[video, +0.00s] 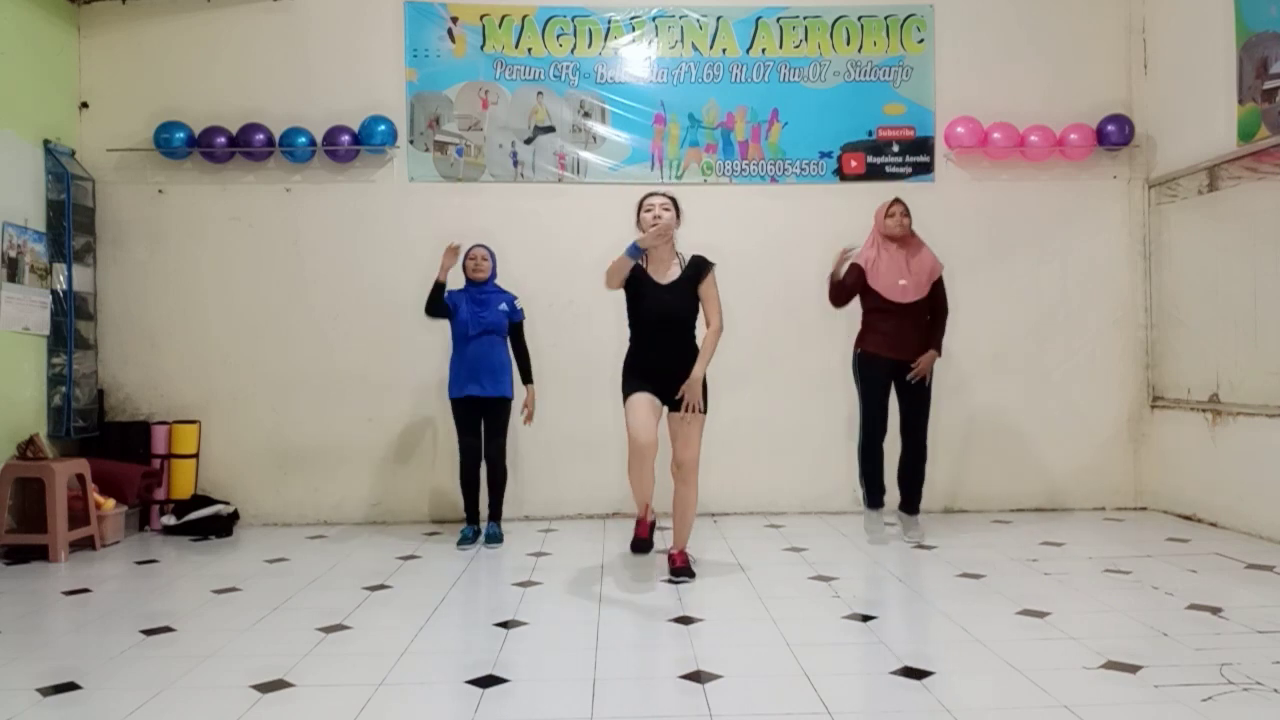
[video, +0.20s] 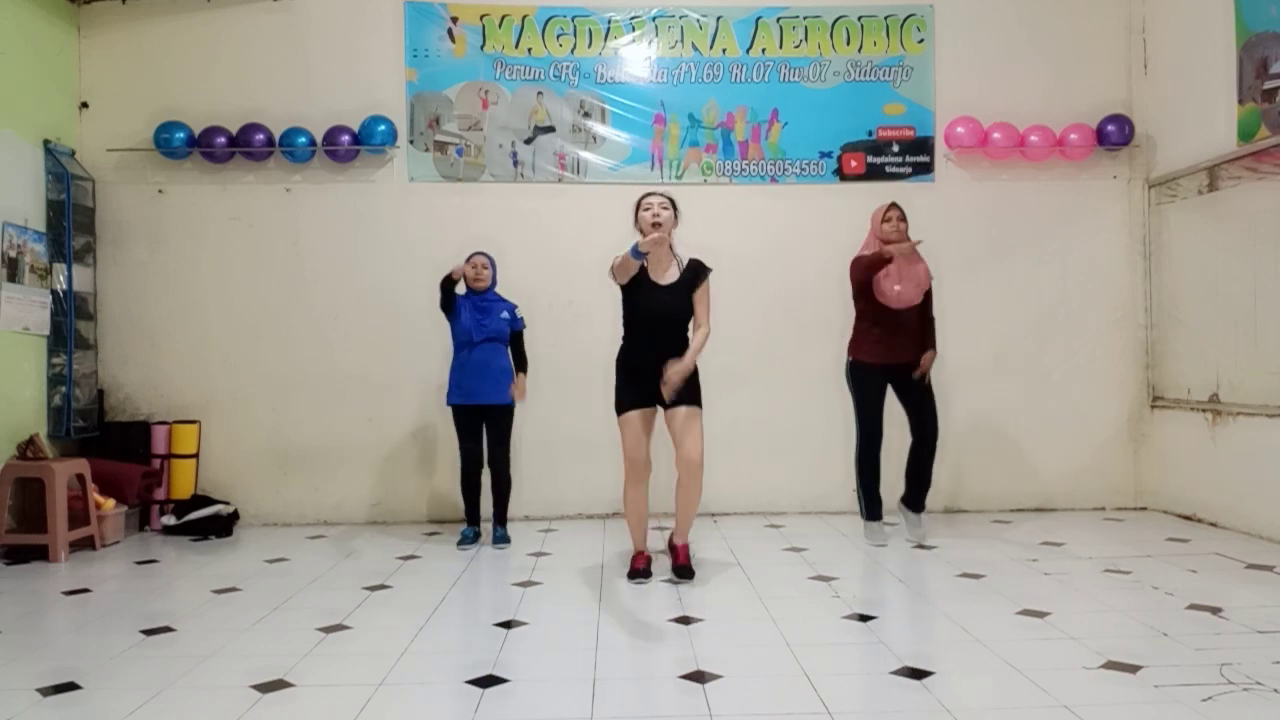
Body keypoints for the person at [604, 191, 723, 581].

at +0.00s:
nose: (657, 215)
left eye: (665, 209)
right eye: (649, 211)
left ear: (677, 221)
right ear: (639, 223)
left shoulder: (697, 267)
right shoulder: (632, 264)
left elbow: (714, 326)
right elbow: (612, 280)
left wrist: (697, 376)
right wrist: (635, 247)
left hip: (685, 370)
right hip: (641, 368)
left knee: (685, 464)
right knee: (641, 441)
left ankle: (679, 550)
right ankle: (644, 516)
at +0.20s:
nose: (656, 214)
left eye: (663, 208)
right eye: (648, 209)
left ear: (675, 221)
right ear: (636, 222)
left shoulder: (693, 270)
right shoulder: (627, 264)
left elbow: (702, 327)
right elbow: (621, 273)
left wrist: (686, 363)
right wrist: (639, 251)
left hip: (678, 366)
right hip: (633, 368)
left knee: (692, 460)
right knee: (637, 464)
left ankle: (681, 541)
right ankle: (639, 551)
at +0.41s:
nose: (655, 218)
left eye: (663, 212)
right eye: (647, 212)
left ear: (675, 222)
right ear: (636, 223)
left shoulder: (691, 270)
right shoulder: (626, 267)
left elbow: (704, 321)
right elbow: (620, 278)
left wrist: (690, 273)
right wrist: (637, 262)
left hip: (680, 371)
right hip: (635, 371)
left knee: (682, 466)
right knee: (638, 467)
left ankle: (680, 548)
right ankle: (640, 552)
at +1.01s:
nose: (655, 215)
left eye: (664, 210)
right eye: (648, 211)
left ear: (676, 224)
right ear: (639, 225)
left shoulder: (691, 266)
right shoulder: (627, 267)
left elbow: (704, 274)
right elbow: (619, 276)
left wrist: (685, 268)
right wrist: (637, 271)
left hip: (682, 369)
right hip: (638, 370)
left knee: (684, 456)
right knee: (640, 462)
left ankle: (682, 536)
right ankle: (645, 548)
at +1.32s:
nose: (640, 219)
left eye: (648, 213)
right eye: (640, 213)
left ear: (672, 221)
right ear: (643, 222)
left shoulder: (693, 263)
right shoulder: (631, 263)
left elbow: (710, 210)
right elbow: (610, 216)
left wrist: (681, 158)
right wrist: (629, 161)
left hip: (685, 368)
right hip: (642, 367)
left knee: (684, 463)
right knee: (640, 440)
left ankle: (678, 546)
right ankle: (644, 513)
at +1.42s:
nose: (639, 219)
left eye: (648, 213)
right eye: (639, 214)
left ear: (671, 222)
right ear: (641, 223)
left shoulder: (693, 262)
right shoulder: (630, 261)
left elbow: (710, 202)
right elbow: (606, 206)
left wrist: (676, 154)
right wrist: (632, 154)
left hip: (684, 369)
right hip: (641, 369)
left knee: (684, 464)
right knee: (641, 460)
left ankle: (679, 547)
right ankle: (642, 536)